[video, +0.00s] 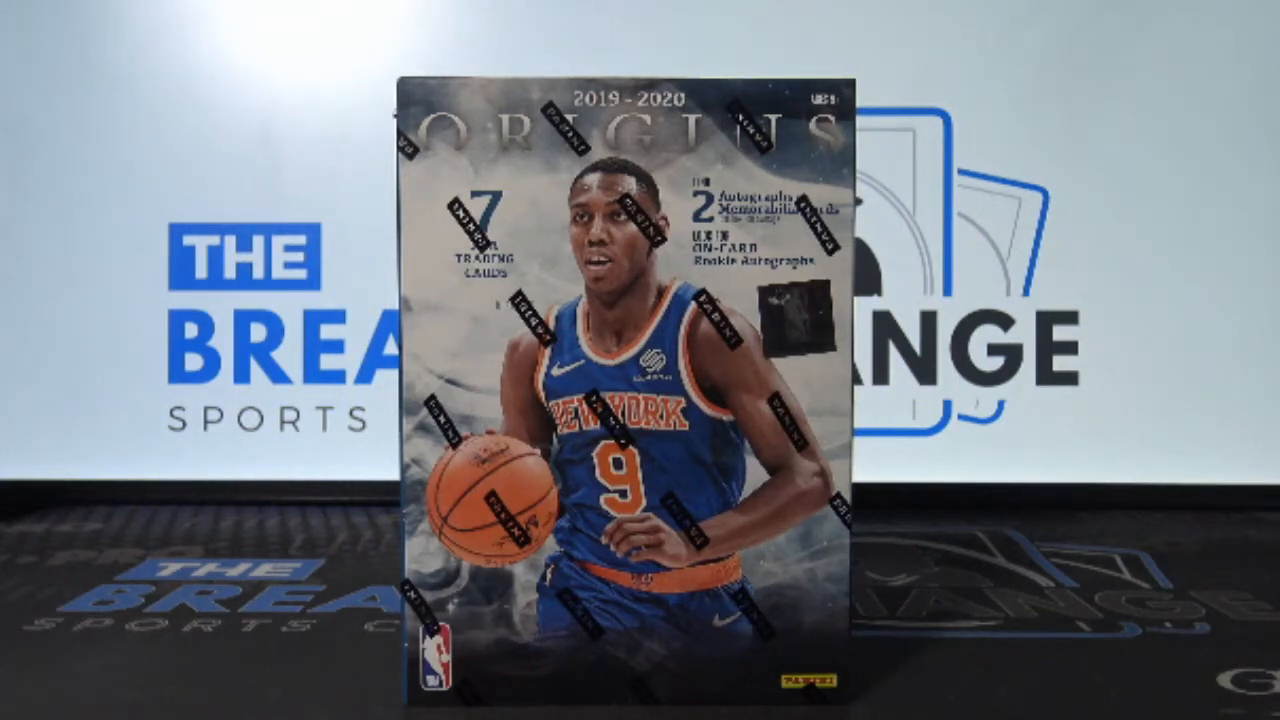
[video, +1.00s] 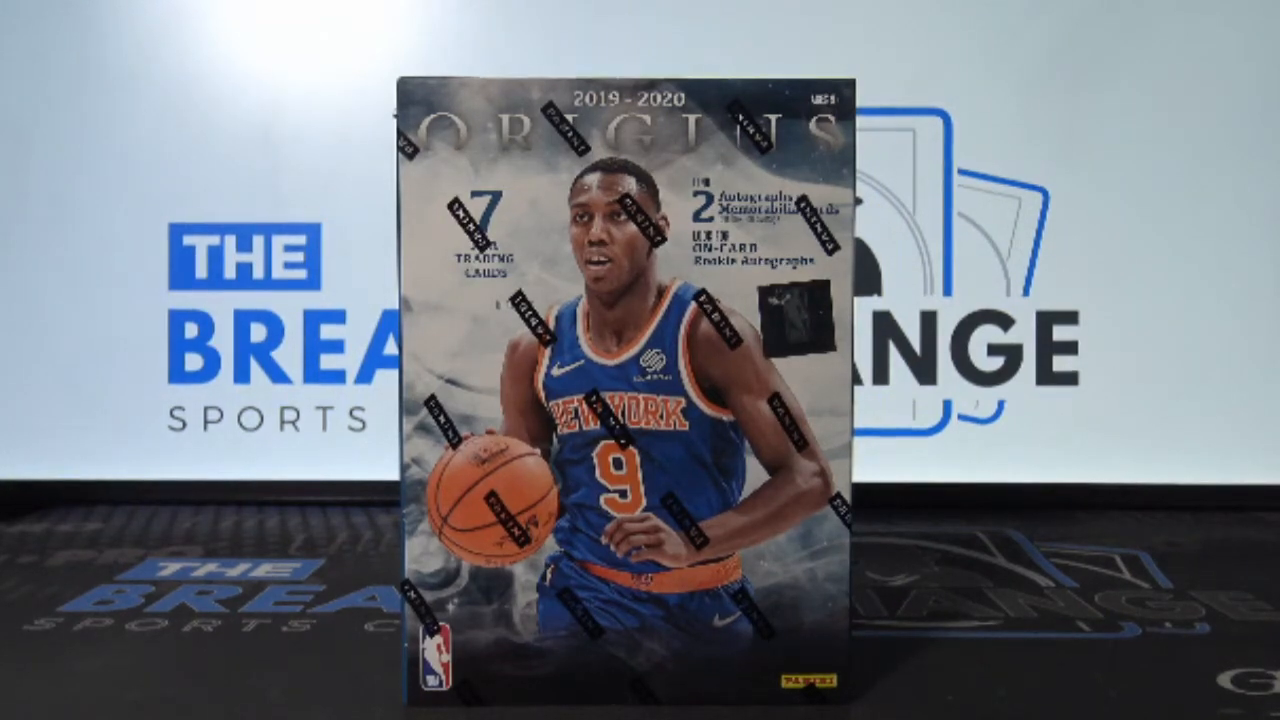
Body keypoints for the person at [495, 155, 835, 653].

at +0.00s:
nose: (595, 235)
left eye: (618, 216)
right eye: (581, 218)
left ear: (657, 230)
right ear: (569, 232)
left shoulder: (712, 334)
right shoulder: (534, 353)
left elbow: (809, 476)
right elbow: (526, 487)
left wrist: (695, 542)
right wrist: (477, 471)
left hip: (698, 613)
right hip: (583, 606)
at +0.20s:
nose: (595, 235)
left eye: (618, 216)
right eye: (582, 218)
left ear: (657, 230)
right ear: (569, 232)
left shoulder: (711, 334)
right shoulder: (535, 353)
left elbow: (809, 477)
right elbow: (531, 488)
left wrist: (696, 541)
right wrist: (490, 466)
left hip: (698, 614)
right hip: (584, 608)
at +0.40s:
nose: (595, 235)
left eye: (617, 216)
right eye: (582, 218)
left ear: (657, 230)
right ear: (569, 232)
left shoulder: (711, 334)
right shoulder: (535, 352)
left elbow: (809, 476)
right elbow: (529, 486)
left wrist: (697, 541)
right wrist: (483, 468)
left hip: (699, 613)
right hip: (584, 607)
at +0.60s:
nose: (595, 235)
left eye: (617, 216)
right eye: (582, 218)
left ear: (657, 229)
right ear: (569, 232)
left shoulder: (711, 334)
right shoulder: (534, 353)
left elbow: (809, 477)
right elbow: (527, 488)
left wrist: (697, 541)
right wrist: (483, 468)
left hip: (699, 613)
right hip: (584, 607)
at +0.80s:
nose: (596, 235)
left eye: (618, 216)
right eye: (582, 218)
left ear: (657, 229)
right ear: (570, 232)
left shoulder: (711, 334)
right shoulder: (535, 353)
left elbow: (809, 476)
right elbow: (526, 485)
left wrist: (696, 542)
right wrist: (483, 467)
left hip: (699, 613)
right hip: (583, 607)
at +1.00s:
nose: (595, 235)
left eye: (617, 216)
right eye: (582, 218)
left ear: (657, 229)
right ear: (569, 232)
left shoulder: (711, 334)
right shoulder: (534, 354)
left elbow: (809, 477)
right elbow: (527, 489)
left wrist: (696, 541)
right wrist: (485, 468)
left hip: (699, 614)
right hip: (584, 608)